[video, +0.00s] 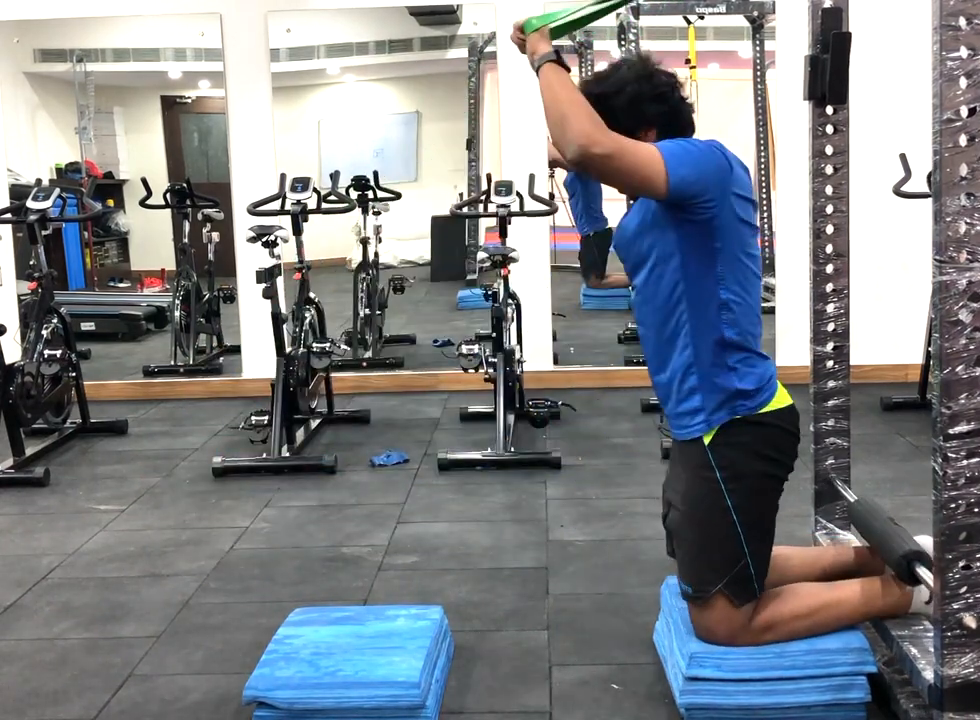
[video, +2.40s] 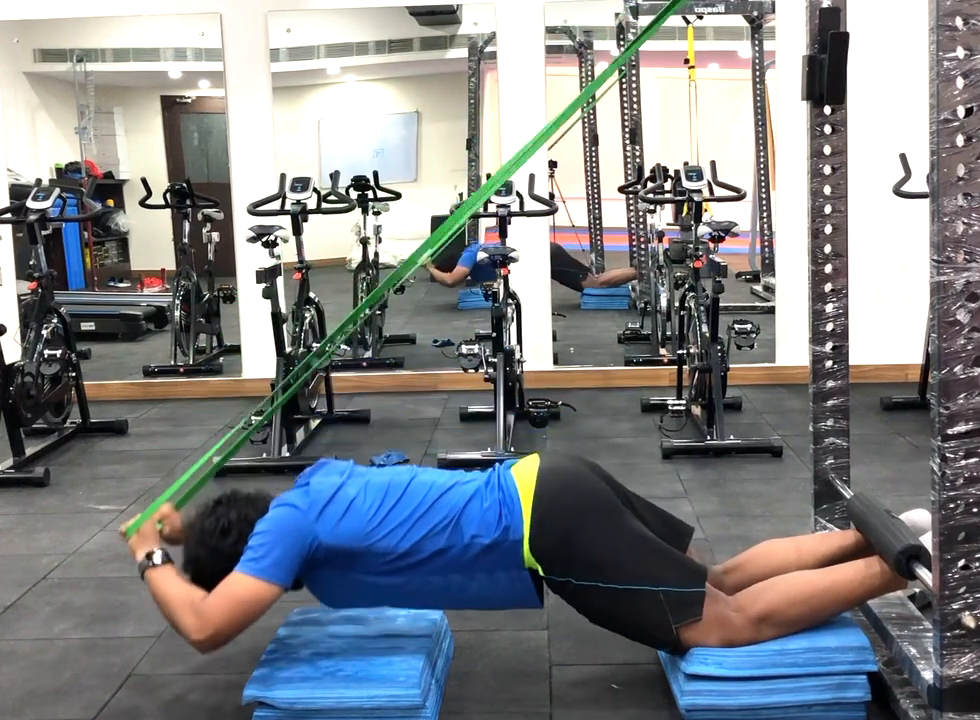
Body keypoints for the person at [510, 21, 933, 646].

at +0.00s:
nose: (606, 155)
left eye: (608, 140)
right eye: (601, 142)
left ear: (641, 132)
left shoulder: (703, 165)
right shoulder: (659, 196)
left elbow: (587, 145)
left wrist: (545, 58)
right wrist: (575, 167)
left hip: (735, 426)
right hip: (699, 427)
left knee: (725, 621)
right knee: (706, 575)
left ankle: (905, 590)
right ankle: (872, 557)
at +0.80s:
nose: (527, 181)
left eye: (525, 166)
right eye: (521, 166)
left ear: (553, 151)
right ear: (571, 144)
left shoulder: (623, 177)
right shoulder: (599, 206)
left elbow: (501, 171)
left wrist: (460, 86)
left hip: (699, 428)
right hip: (673, 431)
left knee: (718, 621)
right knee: (712, 576)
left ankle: (901, 575)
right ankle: (863, 547)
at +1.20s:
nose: (424, 237)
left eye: (424, 223)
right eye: (417, 225)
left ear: (447, 207)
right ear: (471, 190)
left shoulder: (511, 222)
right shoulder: (515, 222)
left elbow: (385, 242)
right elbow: (394, 243)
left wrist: (365, 157)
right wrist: (373, 160)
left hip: (653, 436)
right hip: (646, 432)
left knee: (719, 625)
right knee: (712, 585)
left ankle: (898, 573)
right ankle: (866, 542)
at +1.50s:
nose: (335, 328)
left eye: (334, 315)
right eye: (332, 316)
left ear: (356, 296)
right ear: (371, 276)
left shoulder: (428, 287)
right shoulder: (434, 285)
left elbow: (302, 334)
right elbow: (316, 331)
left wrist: (298, 242)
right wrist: (312, 247)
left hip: (623, 459)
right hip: (626, 442)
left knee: (720, 626)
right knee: (712, 584)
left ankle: (897, 571)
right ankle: (860, 539)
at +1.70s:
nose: (297, 406)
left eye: (290, 390)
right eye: (287, 391)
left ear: (309, 372)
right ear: (322, 334)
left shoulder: (380, 345)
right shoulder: (386, 336)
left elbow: (258, 411)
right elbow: (276, 401)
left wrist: (241, 322)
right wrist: (260, 322)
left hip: (603, 469)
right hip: (605, 447)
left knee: (724, 627)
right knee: (715, 584)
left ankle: (901, 567)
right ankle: (862, 535)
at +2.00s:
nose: (244, 479)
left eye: (241, 465)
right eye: (238, 467)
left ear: (263, 441)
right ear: (273, 405)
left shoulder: (325, 428)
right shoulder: (337, 403)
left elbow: (218, 518)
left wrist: (179, 431)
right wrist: (217, 424)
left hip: (574, 496)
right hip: (578, 464)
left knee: (725, 625)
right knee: (710, 586)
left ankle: (904, 567)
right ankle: (863, 536)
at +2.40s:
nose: (239, 576)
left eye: (231, 567)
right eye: (226, 564)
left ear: (245, 547)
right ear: (249, 503)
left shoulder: (297, 519)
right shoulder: (317, 486)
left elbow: (203, 625)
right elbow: (232, 597)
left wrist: (149, 561)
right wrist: (180, 553)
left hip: (547, 525)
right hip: (552, 483)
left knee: (718, 631)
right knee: (715, 581)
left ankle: (902, 565)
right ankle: (866, 534)